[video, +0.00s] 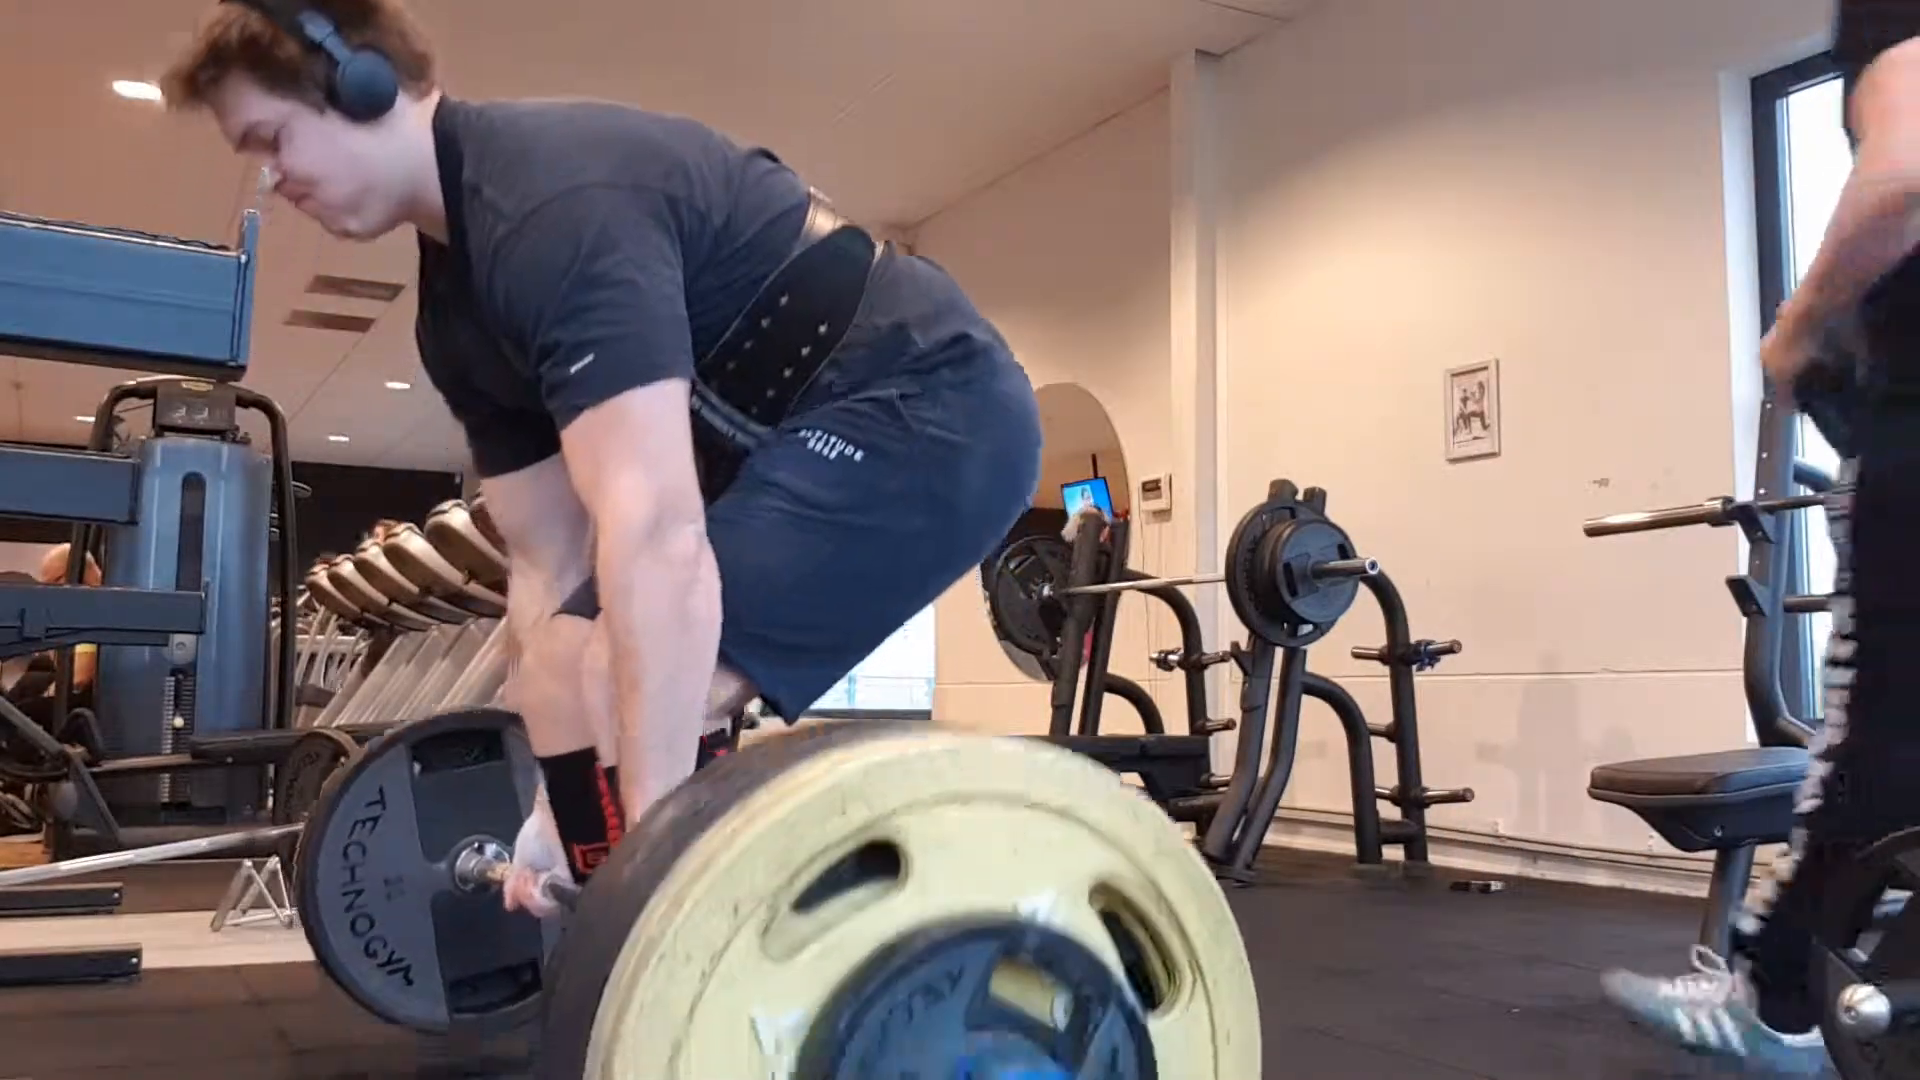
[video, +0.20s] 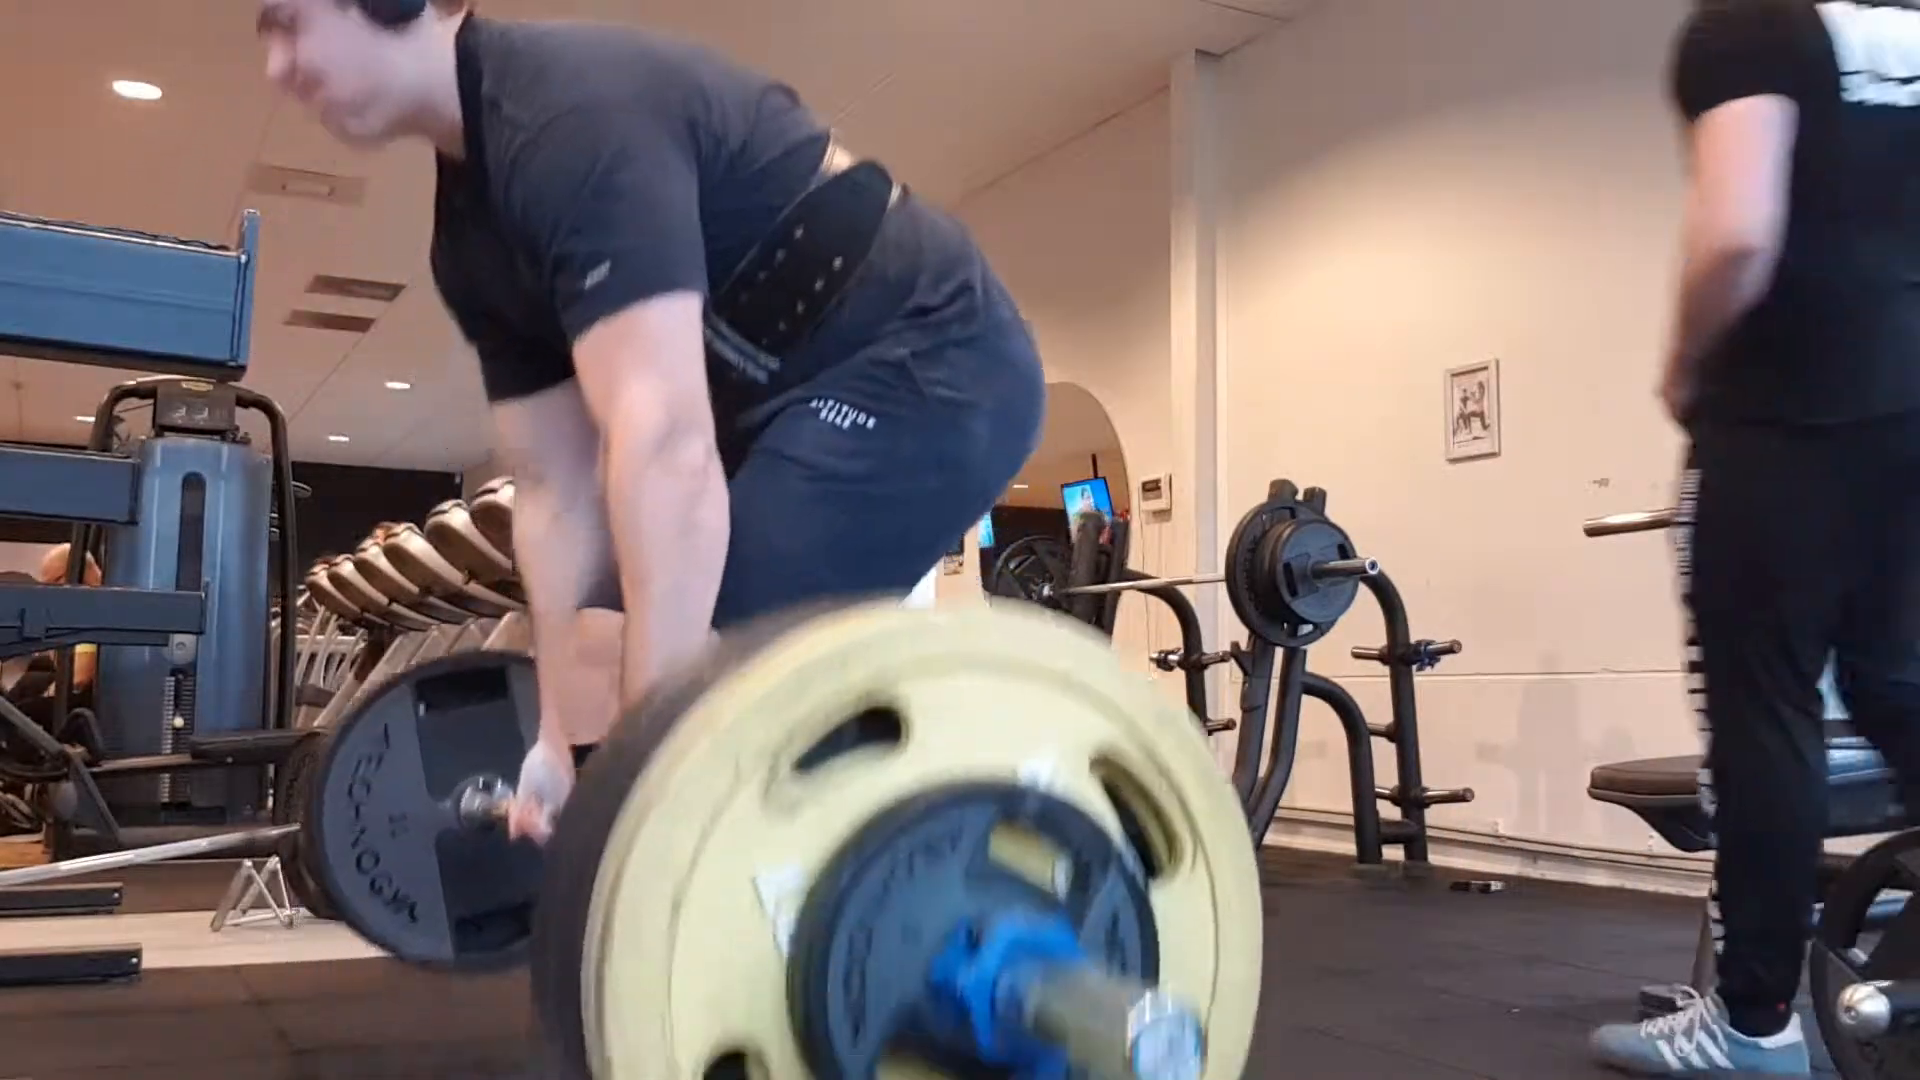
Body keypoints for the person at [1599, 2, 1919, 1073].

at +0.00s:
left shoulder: (1883, 14)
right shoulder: (1877, 25)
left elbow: (1896, 183)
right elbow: (1894, 184)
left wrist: (1801, 319)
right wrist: (1820, 316)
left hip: (1903, 429)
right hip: (1895, 425)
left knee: (1874, 709)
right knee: (1874, 704)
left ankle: (1784, 996)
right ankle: (1783, 987)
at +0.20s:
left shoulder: (1750, 21)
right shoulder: (1896, 28)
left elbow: (1739, 233)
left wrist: (1685, 361)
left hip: (1788, 439)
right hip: (1897, 429)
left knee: (1761, 722)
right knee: (1894, 690)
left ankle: (1755, 1018)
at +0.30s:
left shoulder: (1670, 36)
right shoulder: (1866, 38)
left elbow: (1640, 250)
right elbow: (1900, 226)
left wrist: (1615, 351)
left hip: (1739, 400)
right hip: (1864, 394)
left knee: (1731, 697)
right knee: (1772, 661)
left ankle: (1754, 1017)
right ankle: (1885, 833)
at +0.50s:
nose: (1539, 29)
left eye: (1539, 22)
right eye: (1544, 24)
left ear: (1563, 9)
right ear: (1655, 1)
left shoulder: (1555, 72)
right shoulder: (1757, 67)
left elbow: (1474, 283)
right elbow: (1865, 223)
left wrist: (1482, 356)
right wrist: (1745, 291)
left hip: (1630, 421)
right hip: (1752, 419)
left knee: (1676, 703)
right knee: (1628, 677)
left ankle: (1753, 1013)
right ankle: (1587, 961)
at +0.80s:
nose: (1414, 42)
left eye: (1420, 25)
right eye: (1419, 25)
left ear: (1448, 30)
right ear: (1520, 31)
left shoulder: (1437, 125)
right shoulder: (1597, 137)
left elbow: (1383, 307)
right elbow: (1679, 295)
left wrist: (1357, 390)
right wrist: (1568, 335)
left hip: (1467, 441)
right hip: (1570, 442)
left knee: (1438, 693)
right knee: (1500, 694)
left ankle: (1615, 894)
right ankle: (1475, 954)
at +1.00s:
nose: (1325, 77)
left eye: (1331, 59)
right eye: (1328, 59)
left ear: (1364, 57)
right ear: (1423, 64)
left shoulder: (1368, 145)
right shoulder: (1494, 162)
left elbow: (1346, 314)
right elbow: (1559, 308)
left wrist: (1287, 399)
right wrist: (1462, 356)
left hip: (1375, 457)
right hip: (1477, 459)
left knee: (1291, 651)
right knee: (1450, 685)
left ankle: (1354, 910)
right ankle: (1472, 946)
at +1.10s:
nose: (1284, 102)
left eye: (1289, 86)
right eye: (1285, 86)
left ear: (1319, 84)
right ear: (1376, 84)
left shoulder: (1325, 161)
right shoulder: (1444, 177)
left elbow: (1316, 328)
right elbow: (1506, 325)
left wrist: (1254, 411)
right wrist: (1414, 365)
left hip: (1334, 467)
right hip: (1434, 466)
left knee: (1283, 695)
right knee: (1427, 692)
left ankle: (1219, 918)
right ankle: (1472, 949)